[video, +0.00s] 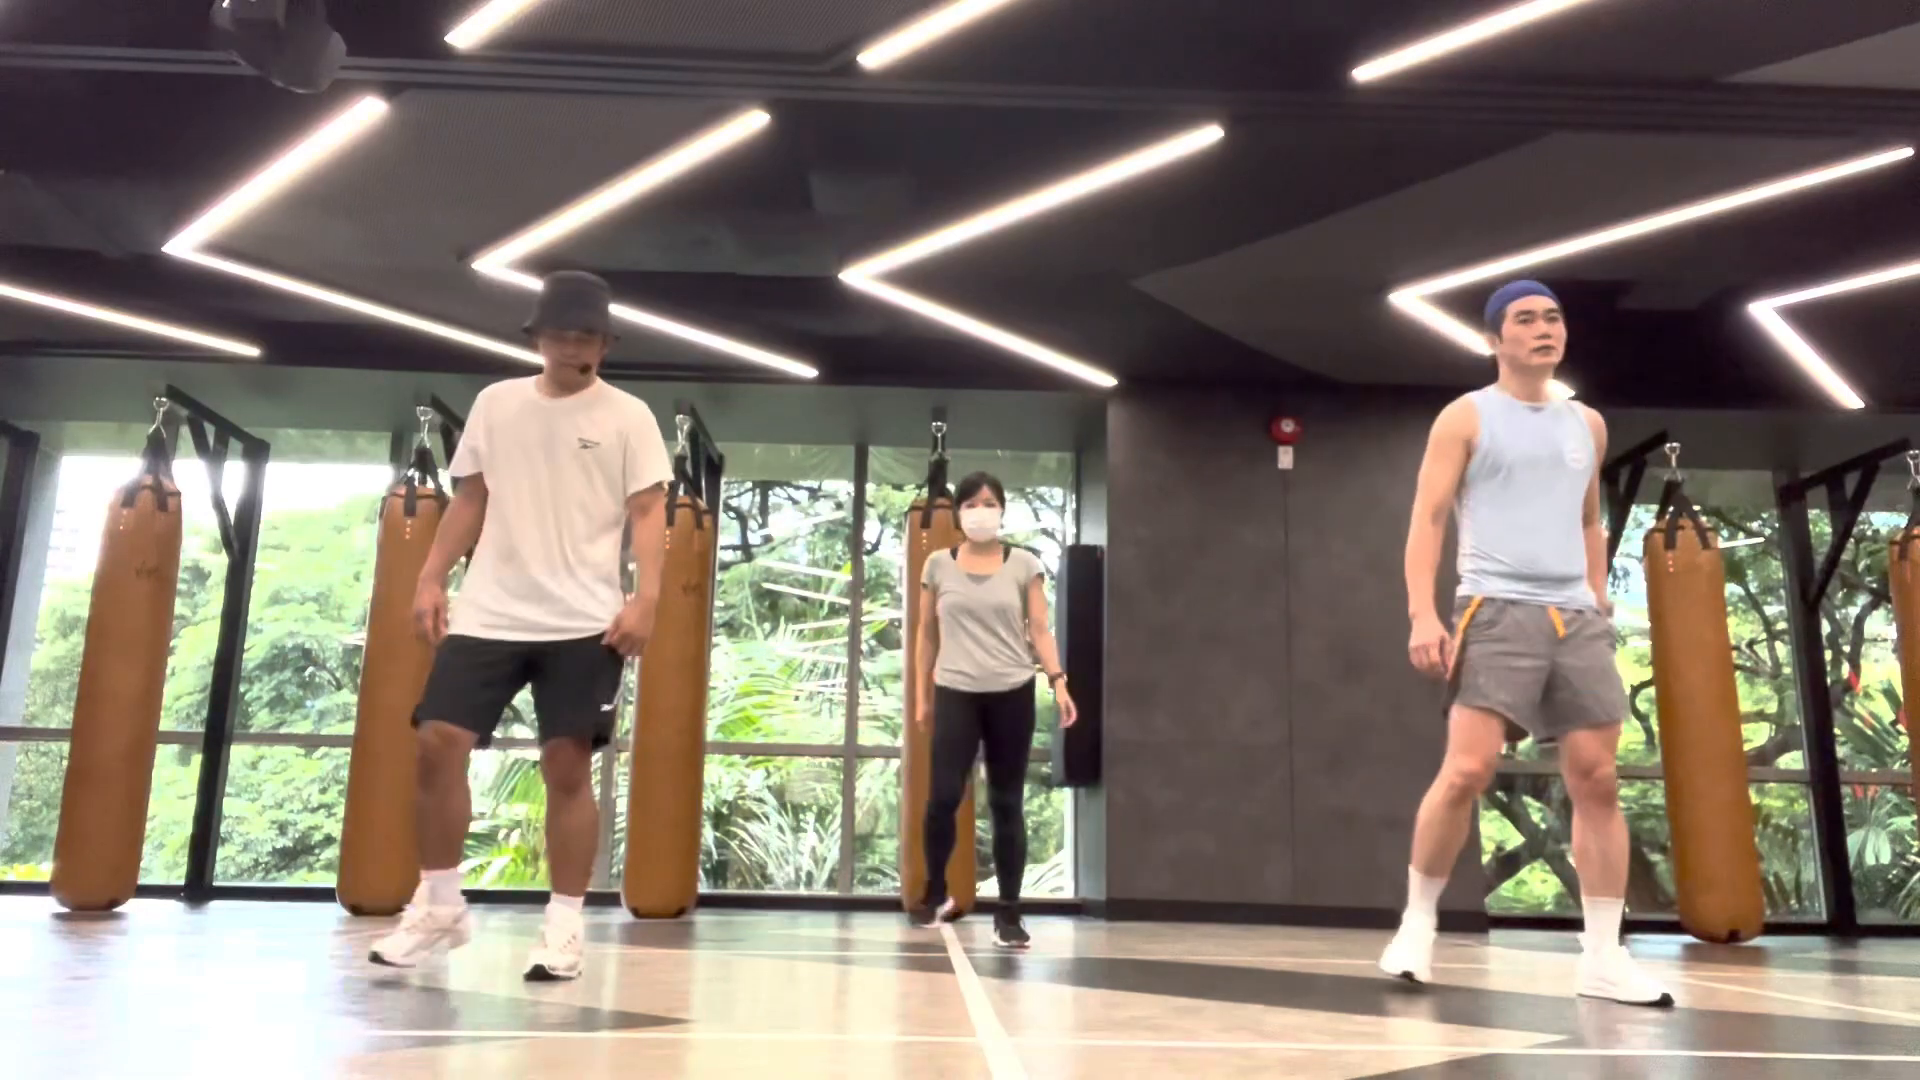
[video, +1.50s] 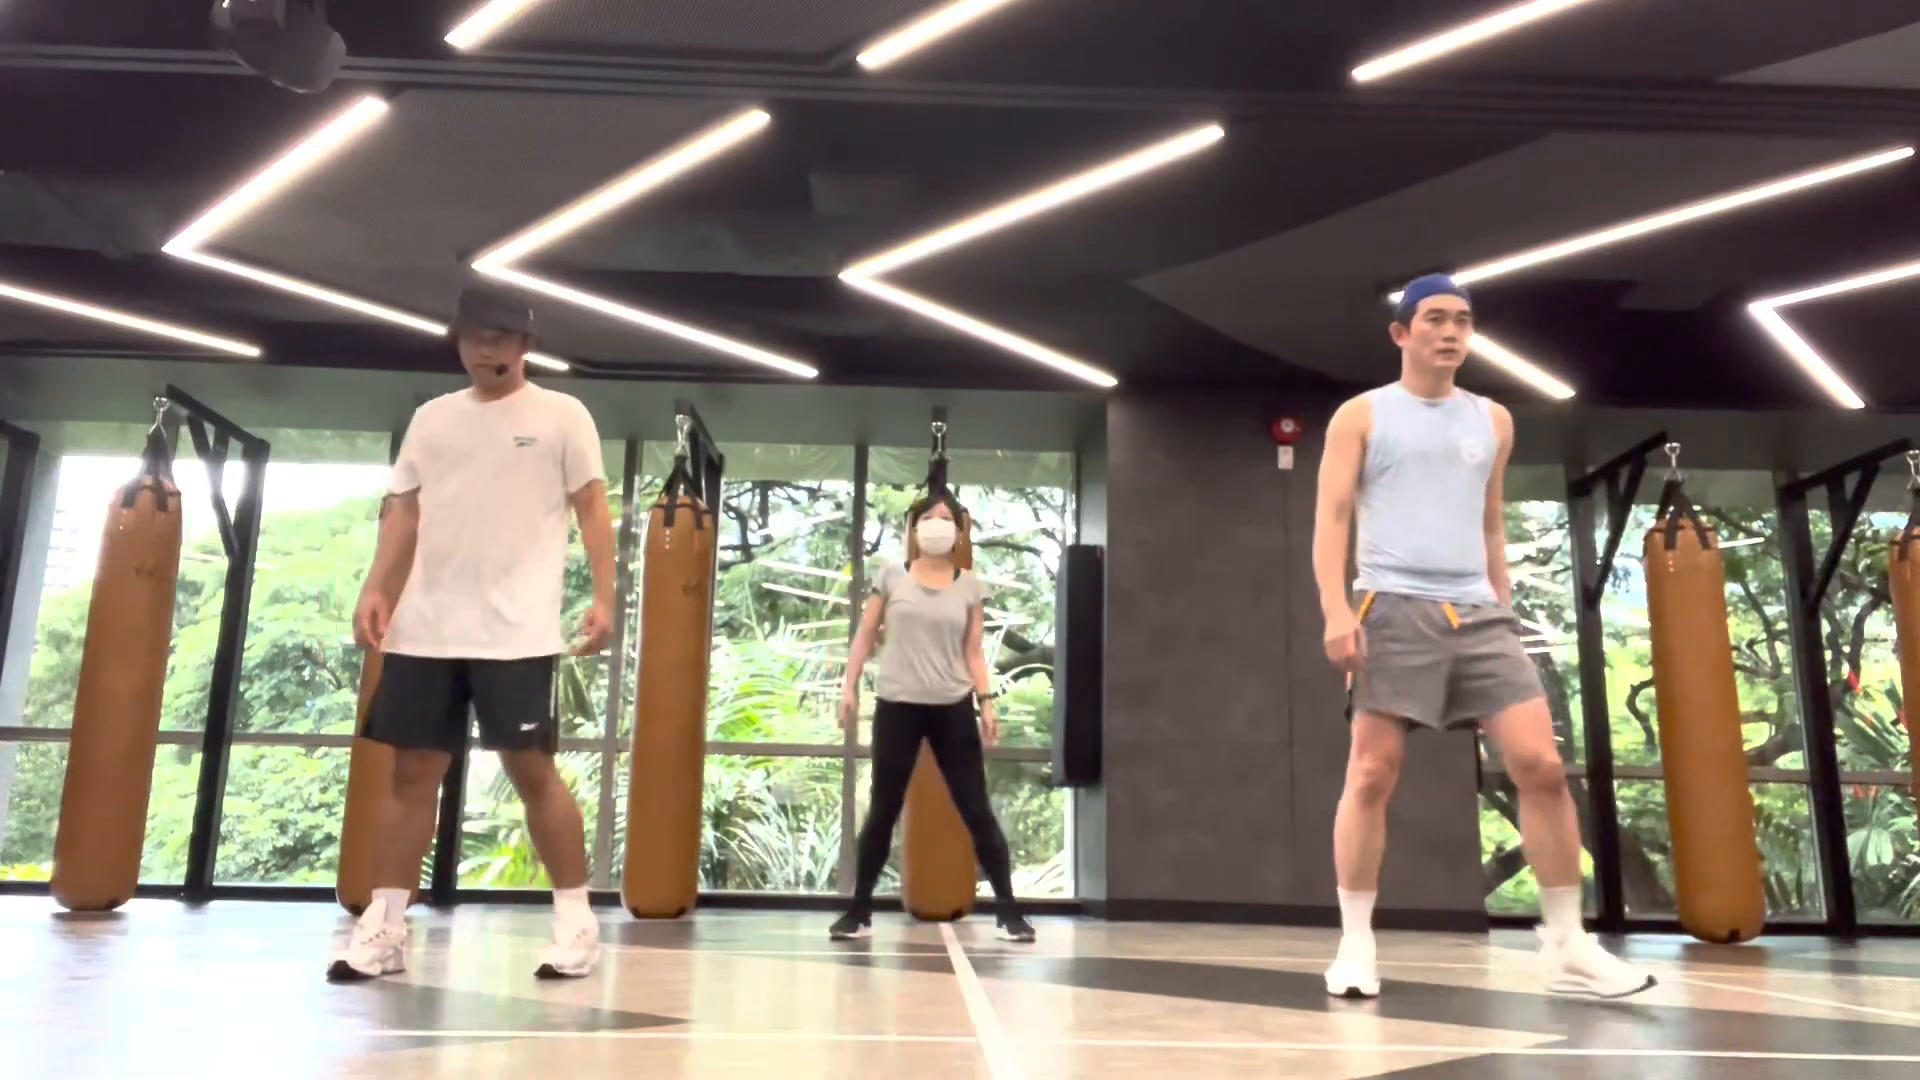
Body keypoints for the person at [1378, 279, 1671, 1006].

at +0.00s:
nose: (1544, 328)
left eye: (1552, 317)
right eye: (1527, 319)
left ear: (1565, 334)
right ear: (1497, 338)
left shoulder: (1587, 423)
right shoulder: (1465, 416)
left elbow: (1591, 520)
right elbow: (1428, 518)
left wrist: (1598, 603)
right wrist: (1423, 613)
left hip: (1579, 620)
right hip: (1497, 617)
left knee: (1598, 778)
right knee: (1466, 772)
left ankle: (1603, 957)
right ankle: (1417, 925)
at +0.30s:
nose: (1560, 335)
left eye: (1570, 324)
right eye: (1544, 325)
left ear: (1584, 340)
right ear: (1515, 343)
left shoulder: (1608, 434)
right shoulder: (1477, 419)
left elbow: (1615, 537)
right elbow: (1442, 523)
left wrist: (1668, 564)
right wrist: (1439, 621)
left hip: (1599, 615)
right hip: (1519, 615)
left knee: (1617, 776)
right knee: (1566, 774)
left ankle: (1608, 949)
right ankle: (1555, 928)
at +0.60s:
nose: (1523, 334)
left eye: (1534, 322)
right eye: (1507, 325)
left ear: (1551, 337)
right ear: (1482, 343)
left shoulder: (1588, 417)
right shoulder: (1447, 423)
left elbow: (1622, 523)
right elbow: (1422, 527)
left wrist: (1609, 481)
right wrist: (1406, 623)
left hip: (1570, 621)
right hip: (1478, 619)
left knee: (1596, 778)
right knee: (1446, 762)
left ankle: (1604, 957)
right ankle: (1407, 932)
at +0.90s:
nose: (1440, 335)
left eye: (1451, 324)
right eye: (1425, 325)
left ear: (1467, 340)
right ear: (1397, 342)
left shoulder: (1501, 419)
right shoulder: (1361, 426)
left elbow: (1522, 512)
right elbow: (1340, 532)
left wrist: (1540, 567)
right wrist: (1326, 628)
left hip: (1484, 622)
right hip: (1393, 619)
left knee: (1545, 775)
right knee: (1369, 774)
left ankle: (1582, 943)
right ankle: (1355, 945)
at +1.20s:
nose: (1411, 334)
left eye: (1421, 323)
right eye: (1396, 323)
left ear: (1437, 338)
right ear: (1367, 340)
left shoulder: (1471, 421)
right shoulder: (1333, 425)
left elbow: (1480, 529)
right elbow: (1301, 526)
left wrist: (1488, 619)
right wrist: (1271, 621)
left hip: (1450, 613)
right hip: (1366, 609)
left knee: (1438, 774)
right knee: (1357, 771)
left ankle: (1391, 925)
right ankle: (1353, 939)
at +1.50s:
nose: (1453, 331)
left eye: (1462, 321)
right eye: (1438, 319)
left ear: (1471, 336)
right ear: (1402, 332)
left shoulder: (1492, 421)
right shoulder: (1360, 416)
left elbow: (1492, 526)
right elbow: (1332, 516)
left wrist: (1502, 615)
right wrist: (1336, 610)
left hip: (1483, 616)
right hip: (1395, 615)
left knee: (1543, 767)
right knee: (1370, 777)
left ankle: (1567, 946)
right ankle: (1355, 947)